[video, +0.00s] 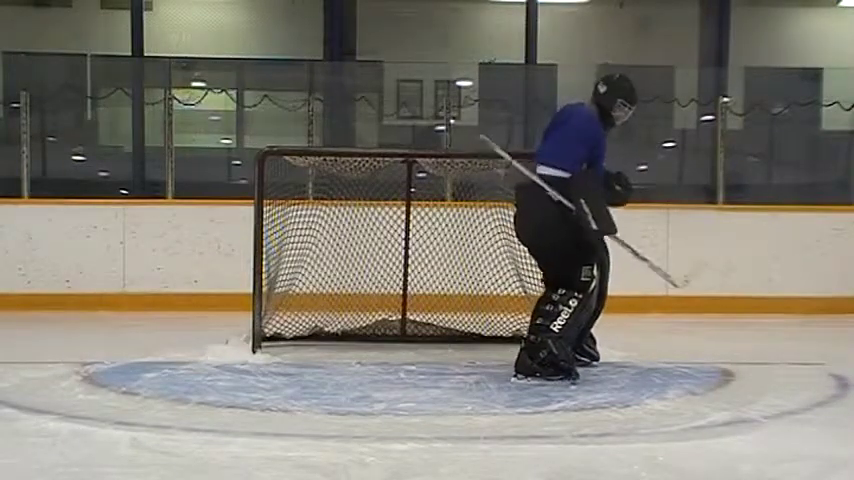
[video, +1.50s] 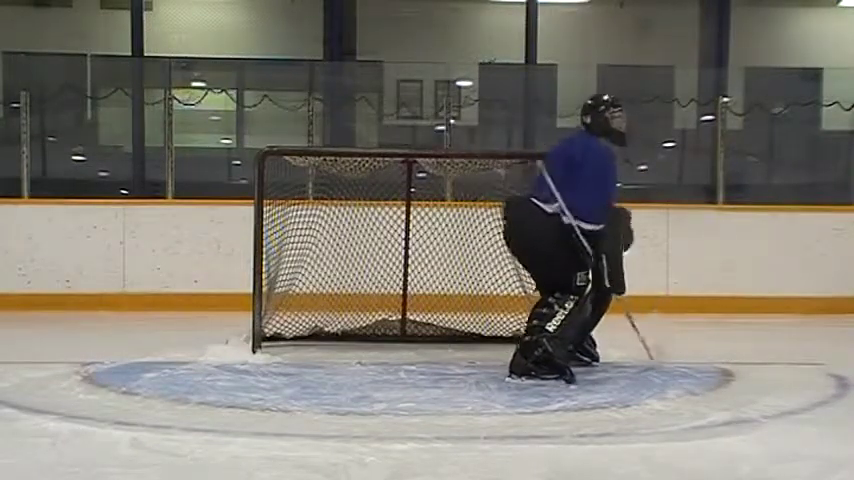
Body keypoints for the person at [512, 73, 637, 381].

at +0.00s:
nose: (623, 115)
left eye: (627, 109)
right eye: (622, 107)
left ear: (601, 97)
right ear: (607, 99)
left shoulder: (571, 113)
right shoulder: (591, 126)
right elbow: (586, 182)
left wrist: (606, 183)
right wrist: (605, 224)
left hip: (531, 207)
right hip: (553, 210)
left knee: (561, 279)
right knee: (586, 274)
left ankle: (537, 350)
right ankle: (548, 349)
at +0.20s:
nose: (629, 122)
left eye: (633, 117)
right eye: (627, 114)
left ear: (604, 104)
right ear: (612, 105)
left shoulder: (586, 123)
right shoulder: (590, 129)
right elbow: (575, 191)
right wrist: (598, 235)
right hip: (545, 211)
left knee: (560, 280)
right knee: (574, 280)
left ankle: (542, 349)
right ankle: (540, 353)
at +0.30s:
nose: (633, 133)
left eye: (637, 127)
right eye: (630, 125)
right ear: (615, 116)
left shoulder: (591, 134)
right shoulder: (594, 141)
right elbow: (579, 207)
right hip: (536, 214)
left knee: (560, 281)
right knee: (573, 281)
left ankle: (543, 349)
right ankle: (540, 353)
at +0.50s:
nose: (642, 175)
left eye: (646, 170)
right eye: (640, 167)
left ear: (618, 152)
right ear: (628, 159)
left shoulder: (591, 163)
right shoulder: (610, 187)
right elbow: (600, 239)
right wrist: (617, 279)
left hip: (514, 220)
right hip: (535, 232)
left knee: (564, 287)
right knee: (592, 288)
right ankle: (541, 356)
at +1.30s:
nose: (629, 136)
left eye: (629, 130)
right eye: (622, 130)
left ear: (597, 134)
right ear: (604, 132)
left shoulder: (583, 154)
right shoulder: (600, 164)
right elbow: (592, 226)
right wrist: (610, 275)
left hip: (516, 219)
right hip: (535, 225)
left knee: (560, 289)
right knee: (586, 286)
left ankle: (537, 352)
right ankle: (542, 353)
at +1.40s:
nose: (624, 128)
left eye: (624, 122)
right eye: (617, 123)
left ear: (596, 126)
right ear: (600, 125)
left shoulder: (580, 148)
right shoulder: (595, 156)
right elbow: (588, 214)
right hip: (537, 224)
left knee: (560, 288)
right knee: (584, 287)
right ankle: (538, 354)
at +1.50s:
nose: (622, 121)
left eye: (621, 115)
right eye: (616, 116)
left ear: (593, 120)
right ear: (599, 119)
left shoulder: (574, 143)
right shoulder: (598, 152)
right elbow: (591, 215)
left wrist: (613, 219)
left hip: (524, 218)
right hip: (544, 226)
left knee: (558, 288)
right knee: (585, 287)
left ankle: (535, 348)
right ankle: (539, 353)